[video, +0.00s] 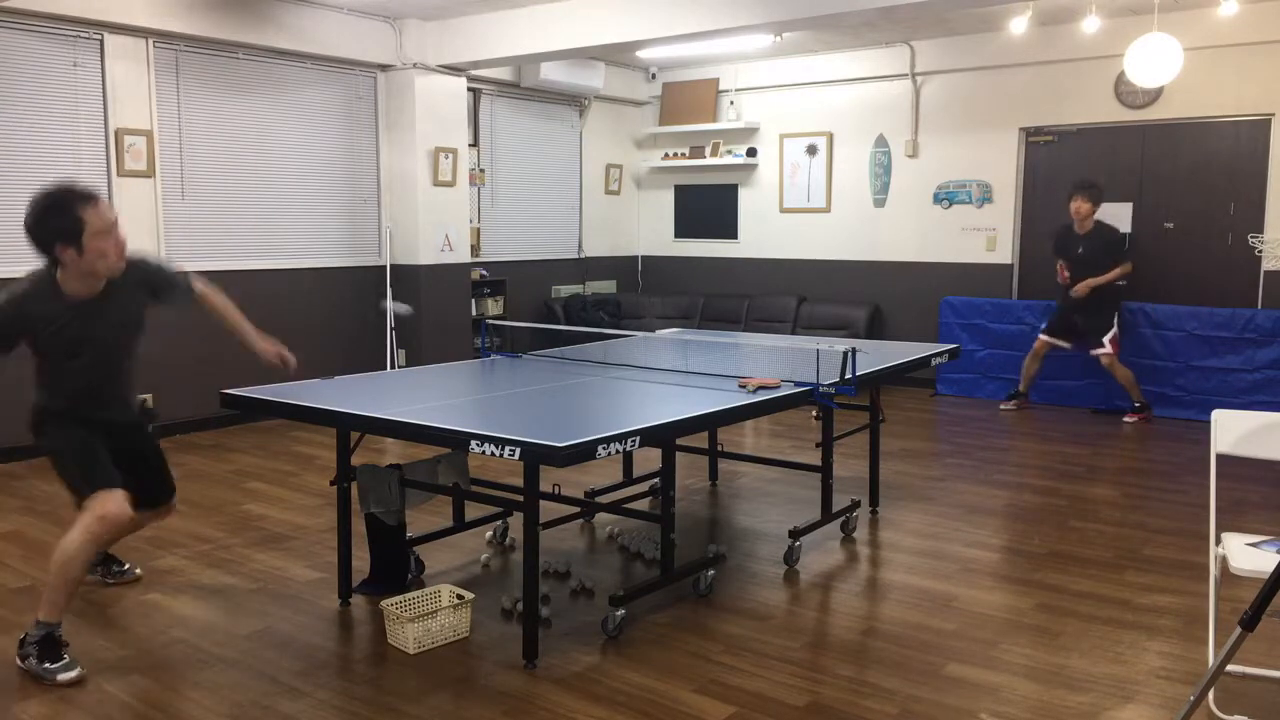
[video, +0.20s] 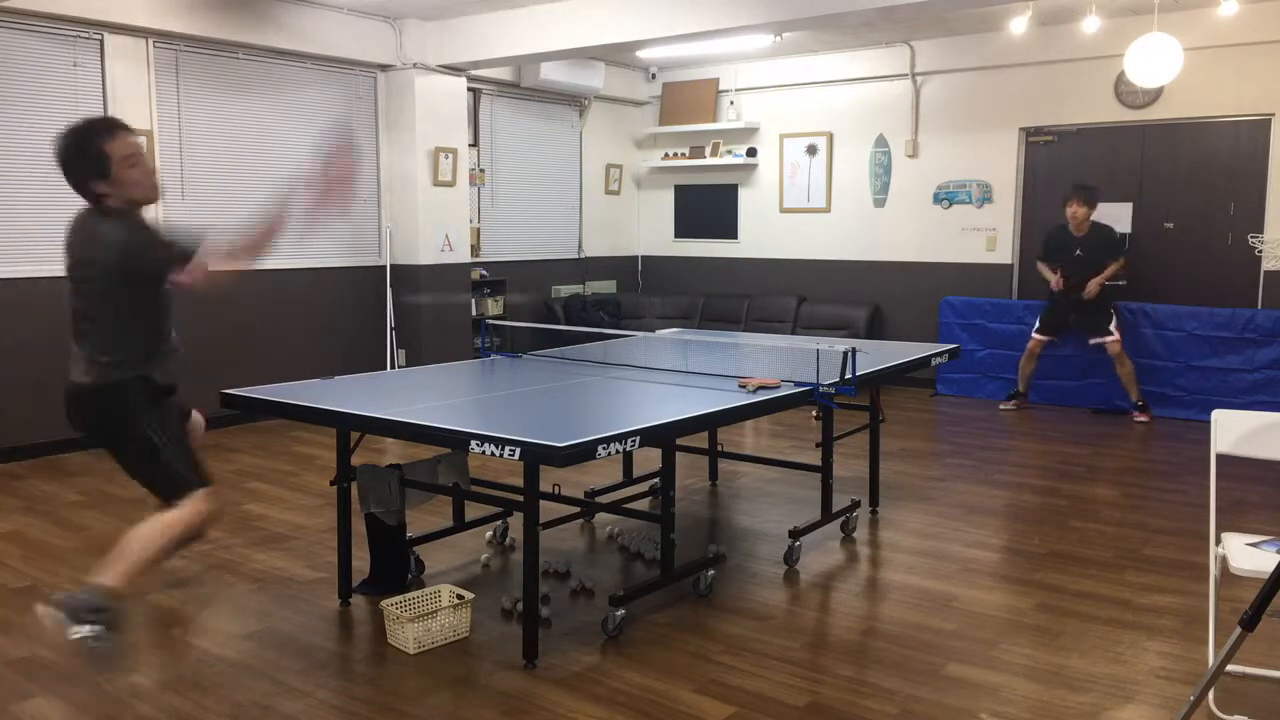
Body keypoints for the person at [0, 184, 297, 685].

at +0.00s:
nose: (121, 240)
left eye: (117, 228)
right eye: (107, 235)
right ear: (67, 253)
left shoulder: (136, 276)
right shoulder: (27, 305)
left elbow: (202, 292)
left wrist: (257, 340)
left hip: (121, 416)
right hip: (63, 420)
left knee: (158, 503)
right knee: (108, 508)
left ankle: (92, 550)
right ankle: (42, 636)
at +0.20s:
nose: (149, 166)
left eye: (143, 155)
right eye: (132, 161)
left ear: (102, 187)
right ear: (101, 184)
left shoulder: (92, 227)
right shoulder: (124, 237)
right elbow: (210, 272)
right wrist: (286, 214)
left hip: (108, 384)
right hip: (118, 393)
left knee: (190, 427)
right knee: (193, 504)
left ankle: (169, 533)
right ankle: (91, 598)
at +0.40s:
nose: (190, 205)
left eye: (183, 197)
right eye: (181, 200)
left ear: (127, 223)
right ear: (165, 219)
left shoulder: (106, 274)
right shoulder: (192, 259)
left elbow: (101, 355)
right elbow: (262, 262)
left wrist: (193, 350)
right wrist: (210, 224)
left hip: (117, 435)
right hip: (175, 429)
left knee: (181, 469)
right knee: (250, 529)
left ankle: (190, 557)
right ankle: (233, 650)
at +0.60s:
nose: (210, 187)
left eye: (205, 179)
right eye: (201, 181)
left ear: (163, 197)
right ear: (176, 195)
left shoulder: (132, 242)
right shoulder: (186, 239)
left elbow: (100, 321)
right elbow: (247, 306)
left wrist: (178, 344)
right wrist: (277, 282)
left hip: (103, 387)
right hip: (137, 387)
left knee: (190, 451)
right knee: (189, 495)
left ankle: (190, 548)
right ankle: (196, 636)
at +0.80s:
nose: (205, 156)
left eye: (200, 147)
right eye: (196, 149)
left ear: (159, 160)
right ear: (167, 159)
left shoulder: (130, 203)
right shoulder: (149, 207)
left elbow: (88, 277)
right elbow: (166, 293)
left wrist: (152, 315)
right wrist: (237, 273)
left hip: (110, 367)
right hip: (95, 371)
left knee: (166, 453)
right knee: (133, 490)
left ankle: (177, 545)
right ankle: (45, 619)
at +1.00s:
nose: (191, 193)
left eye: (187, 183)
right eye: (182, 185)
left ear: (153, 199)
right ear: (152, 199)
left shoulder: (143, 250)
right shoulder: (121, 253)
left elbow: (126, 330)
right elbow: (122, 344)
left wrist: (173, 345)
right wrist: (203, 328)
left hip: (102, 393)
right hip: (65, 399)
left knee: (162, 468)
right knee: (114, 508)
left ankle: (117, 549)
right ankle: (28, 636)